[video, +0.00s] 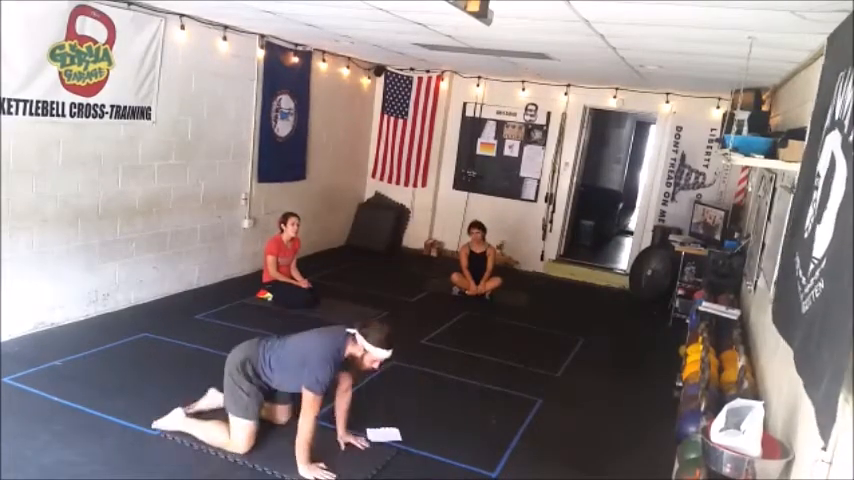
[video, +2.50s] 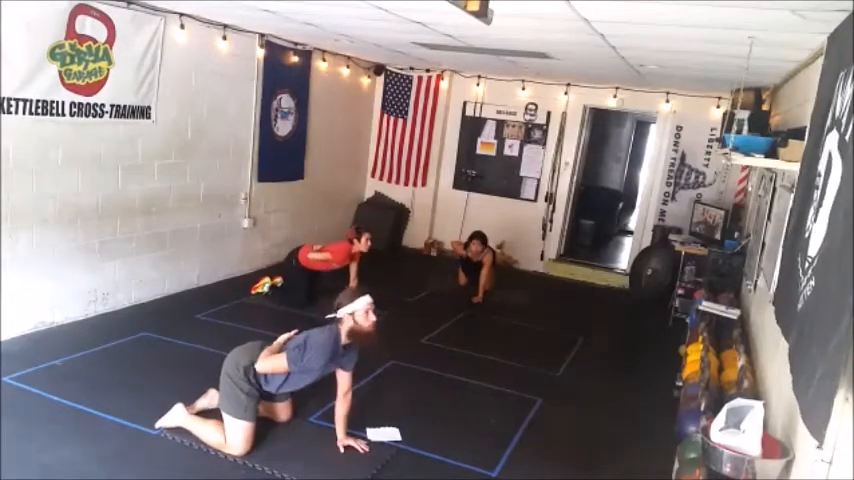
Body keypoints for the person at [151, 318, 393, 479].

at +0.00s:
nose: (378, 364)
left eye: (383, 360)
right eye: (376, 359)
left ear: (361, 342)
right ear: (359, 347)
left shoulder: (350, 340)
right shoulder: (323, 363)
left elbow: (343, 388)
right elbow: (307, 415)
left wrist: (342, 432)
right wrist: (304, 464)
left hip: (271, 356)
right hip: (245, 364)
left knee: (281, 414)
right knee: (240, 442)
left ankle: (221, 400)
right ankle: (179, 421)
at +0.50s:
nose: (375, 363)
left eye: (379, 358)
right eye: (374, 356)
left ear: (362, 342)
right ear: (359, 347)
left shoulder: (347, 344)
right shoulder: (314, 362)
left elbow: (344, 393)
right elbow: (257, 358)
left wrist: (342, 436)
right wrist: (277, 345)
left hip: (271, 364)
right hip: (243, 367)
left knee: (281, 413)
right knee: (238, 445)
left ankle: (217, 402)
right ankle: (181, 420)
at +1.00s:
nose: (374, 330)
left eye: (374, 323)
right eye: (371, 323)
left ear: (353, 322)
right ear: (354, 323)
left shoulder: (345, 348)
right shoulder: (320, 354)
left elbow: (344, 393)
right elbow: (260, 365)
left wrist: (343, 437)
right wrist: (282, 344)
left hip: (266, 358)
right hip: (241, 368)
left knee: (281, 410)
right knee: (237, 446)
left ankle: (217, 402)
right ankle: (180, 419)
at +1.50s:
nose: (349, 372)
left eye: (353, 371)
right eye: (353, 370)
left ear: (359, 353)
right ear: (354, 362)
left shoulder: (346, 339)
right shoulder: (314, 350)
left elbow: (344, 390)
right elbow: (255, 355)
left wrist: (342, 435)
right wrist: (271, 330)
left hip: (275, 366)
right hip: (244, 368)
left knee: (281, 413)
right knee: (236, 446)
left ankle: (217, 400)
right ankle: (182, 419)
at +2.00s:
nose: (341, 369)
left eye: (346, 368)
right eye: (345, 365)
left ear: (353, 351)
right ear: (349, 357)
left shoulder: (343, 338)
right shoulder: (306, 347)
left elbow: (342, 391)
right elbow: (248, 348)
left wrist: (343, 436)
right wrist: (266, 325)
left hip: (271, 367)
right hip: (241, 369)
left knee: (281, 412)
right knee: (236, 446)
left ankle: (217, 400)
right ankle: (182, 418)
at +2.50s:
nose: (373, 317)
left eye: (373, 312)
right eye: (368, 313)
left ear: (356, 319)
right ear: (347, 317)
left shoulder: (348, 349)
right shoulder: (319, 344)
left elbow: (344, 393)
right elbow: (261, 366)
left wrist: (342, 436)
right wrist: (280, 342)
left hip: (270, 363)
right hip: (243, 368)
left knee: (281, 411)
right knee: (237, 446)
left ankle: (216, 400)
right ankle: (182, 417)